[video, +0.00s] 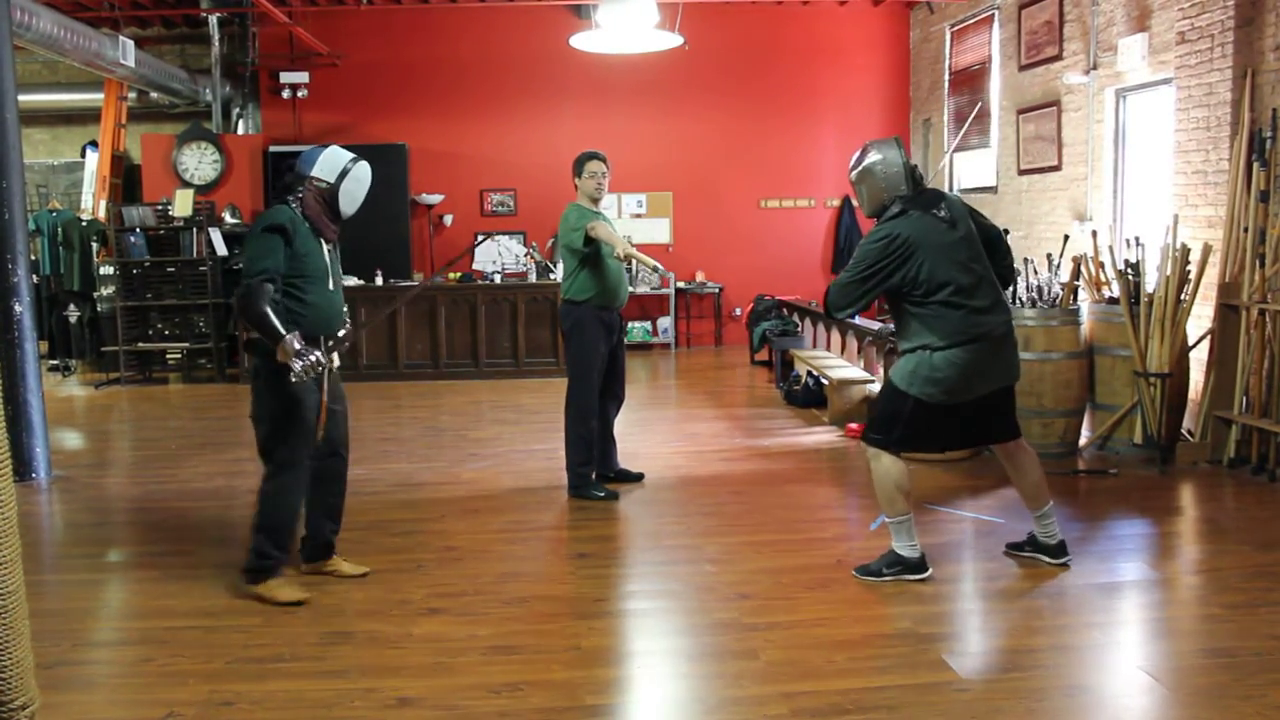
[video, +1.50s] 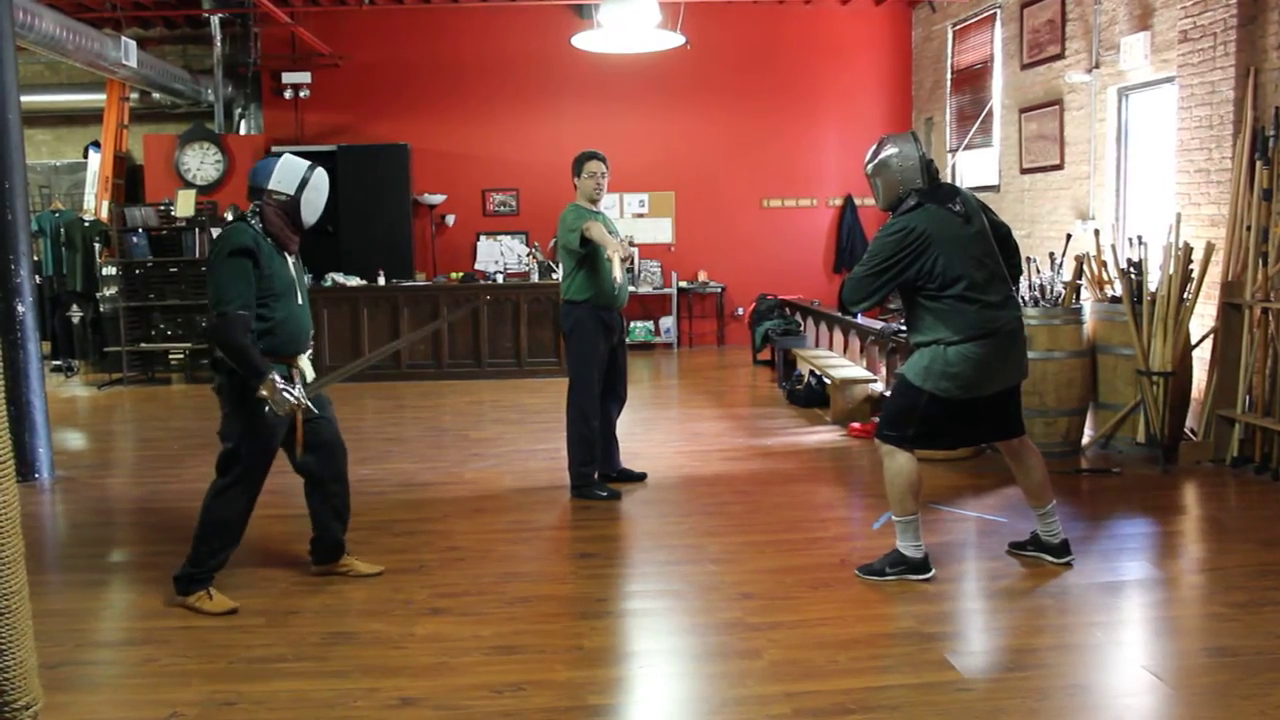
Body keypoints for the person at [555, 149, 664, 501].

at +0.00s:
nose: (601, 181)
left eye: (605, 176)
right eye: (593, 175)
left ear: (608, 181)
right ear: (577, 181)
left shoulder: (603, 218)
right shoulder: (574, 213)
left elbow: (615, 251)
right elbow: (595, 229)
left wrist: (633, 257)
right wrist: (620, 245)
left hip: (609, 316)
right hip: (584, 316)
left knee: (610, 395)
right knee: (583, 398)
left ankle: (606, 466)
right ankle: (580, 480)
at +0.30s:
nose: (600, 181)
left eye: (604, 175)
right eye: (592, 175)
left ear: (607, 181)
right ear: (577, 180)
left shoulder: (603, 218)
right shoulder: (573, 213)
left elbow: (614, 249)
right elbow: (595, 229)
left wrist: (630, 254)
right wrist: (618, 245)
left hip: (609, 315)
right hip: (583, 315)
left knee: (610, 395)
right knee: (584, 397)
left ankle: (606, 467)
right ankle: (580, 480)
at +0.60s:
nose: (598, 181)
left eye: (603, 175)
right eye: (591, 175)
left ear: (607, 181)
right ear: (576, 181)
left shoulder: (602, 219)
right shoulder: (573, 212)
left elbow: (613, 244)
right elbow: (593, 227)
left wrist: (622, 248)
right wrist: (615, 243)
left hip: (608, 315)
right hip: (583, 315)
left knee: (610, 395)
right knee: (584, 397)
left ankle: (606, 467)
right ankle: (580, 480)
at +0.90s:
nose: (599, 181)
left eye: (603, 176)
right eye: (591, 176)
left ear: (608, 181)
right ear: (577, 181)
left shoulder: (603, 219)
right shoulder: (573, 213)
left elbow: (612, 250)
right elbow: (592, 228)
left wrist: (623, 249)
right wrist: (613, 243)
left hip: (609, 315)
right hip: (583, 315)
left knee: (610, 395)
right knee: (584, 396)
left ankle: (606, 467)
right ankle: (581, 480)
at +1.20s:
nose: (600, 182)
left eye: (604, 176)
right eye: (592, 176)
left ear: (609, 182)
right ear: (577, 181)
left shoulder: (605, 220)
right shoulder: (573, 213)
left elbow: (621, 249)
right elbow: (593, 230)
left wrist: (625, 251)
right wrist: (614, 246)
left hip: (610, 314)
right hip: (583, 315)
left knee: (612, 394)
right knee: (585, 396)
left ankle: (607, 466)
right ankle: (582, 480)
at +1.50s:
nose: (599, 181)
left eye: (603, 175)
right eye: (591, 175)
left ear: (608, 181)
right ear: (576, 180)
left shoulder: (604, 220)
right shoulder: (573, 213)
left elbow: (621, 251)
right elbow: (592, 231)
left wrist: (625, 252)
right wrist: (614, 246)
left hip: (609, 314)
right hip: (583, 314)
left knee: (612, 394)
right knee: (585, 396)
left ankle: (608, 466)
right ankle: (582, 479)